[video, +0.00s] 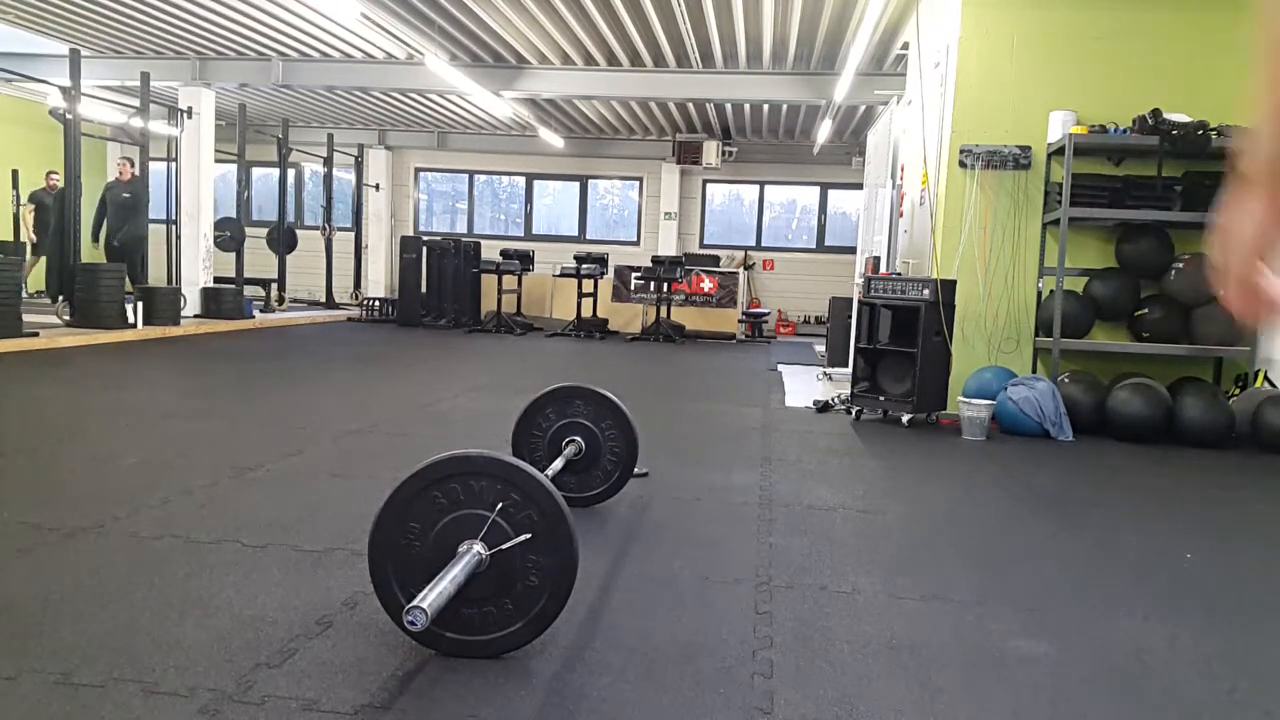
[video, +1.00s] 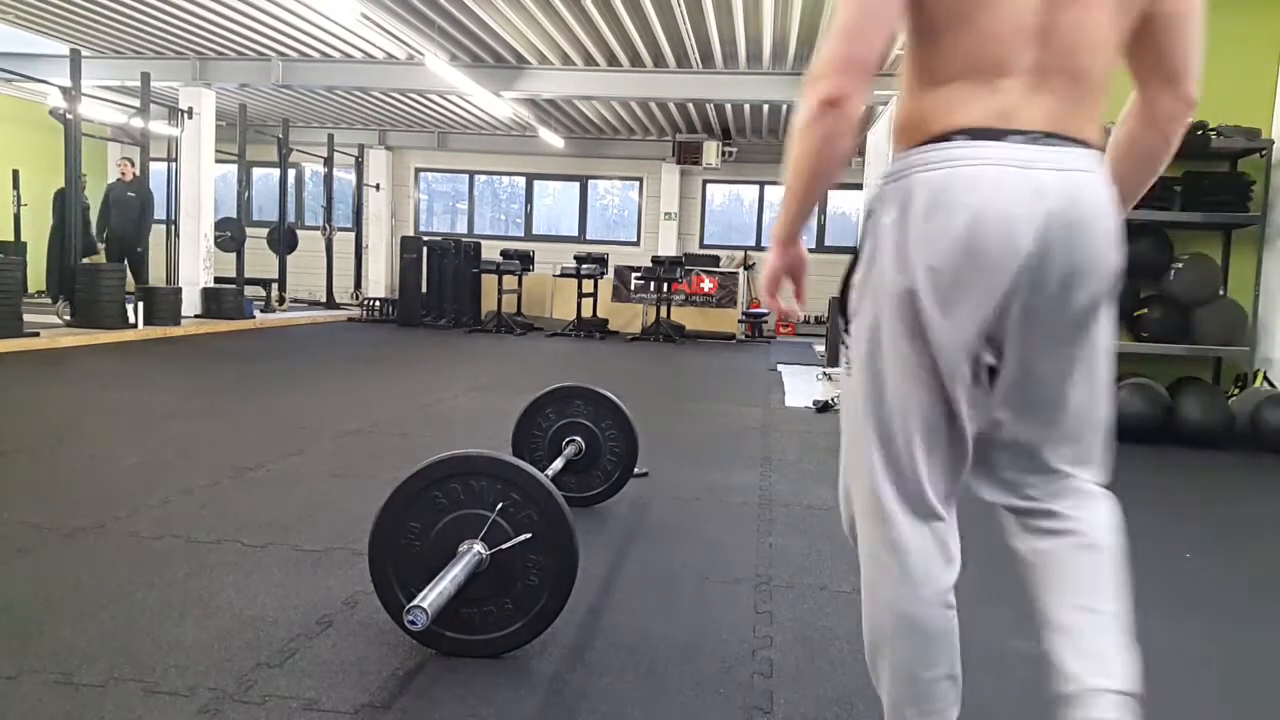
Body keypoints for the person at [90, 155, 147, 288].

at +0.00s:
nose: (120, 167)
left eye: (124, 165)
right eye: (118, 164)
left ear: (131, 168)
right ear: (116, 167)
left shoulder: (139, 186)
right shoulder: (110, 187)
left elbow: (140, 218)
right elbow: (100, 212)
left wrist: (119, 239)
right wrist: (95, 236)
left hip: (134, 240)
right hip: (113, 240)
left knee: (136, 277)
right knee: (115, 277)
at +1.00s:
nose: (122, 168)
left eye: (125, 165)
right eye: (119, 165)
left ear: (132, 168)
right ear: (117, 168)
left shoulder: (143, 189)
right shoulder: (111, 188)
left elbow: (147, 218)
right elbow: (103, 213)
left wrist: (142, 242)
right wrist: (99, 236)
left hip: (135, 242)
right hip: (114, 242)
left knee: (141, 283)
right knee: (113, 281)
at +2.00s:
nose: (98, 171)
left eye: (101, 168)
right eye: (98, 168)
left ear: (110, 169)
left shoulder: (123, 182)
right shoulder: (101, 185)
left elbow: (110, 195)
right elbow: (94, 213)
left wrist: (96, 183)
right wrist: (91, 235)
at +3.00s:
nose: (90, 167)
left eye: (92, 164)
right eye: (90, 164)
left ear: (101, 167)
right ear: (106, 167)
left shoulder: (90, 185)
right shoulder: (115, 181)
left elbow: (81, 183)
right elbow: (123, 191)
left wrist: (88, 174)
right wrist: (114, 174)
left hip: (93, 229)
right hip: (109, 228)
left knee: (94, 266)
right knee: (105, 265)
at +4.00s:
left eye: (97, 169)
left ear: (97, 170)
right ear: (112, 169)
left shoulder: (88, 186)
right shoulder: (122, 187)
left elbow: (79, 211)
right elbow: (130, 213)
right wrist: (128, 231)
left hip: (97, 234)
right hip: (121, 234)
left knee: (90, 272)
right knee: (111, 271)